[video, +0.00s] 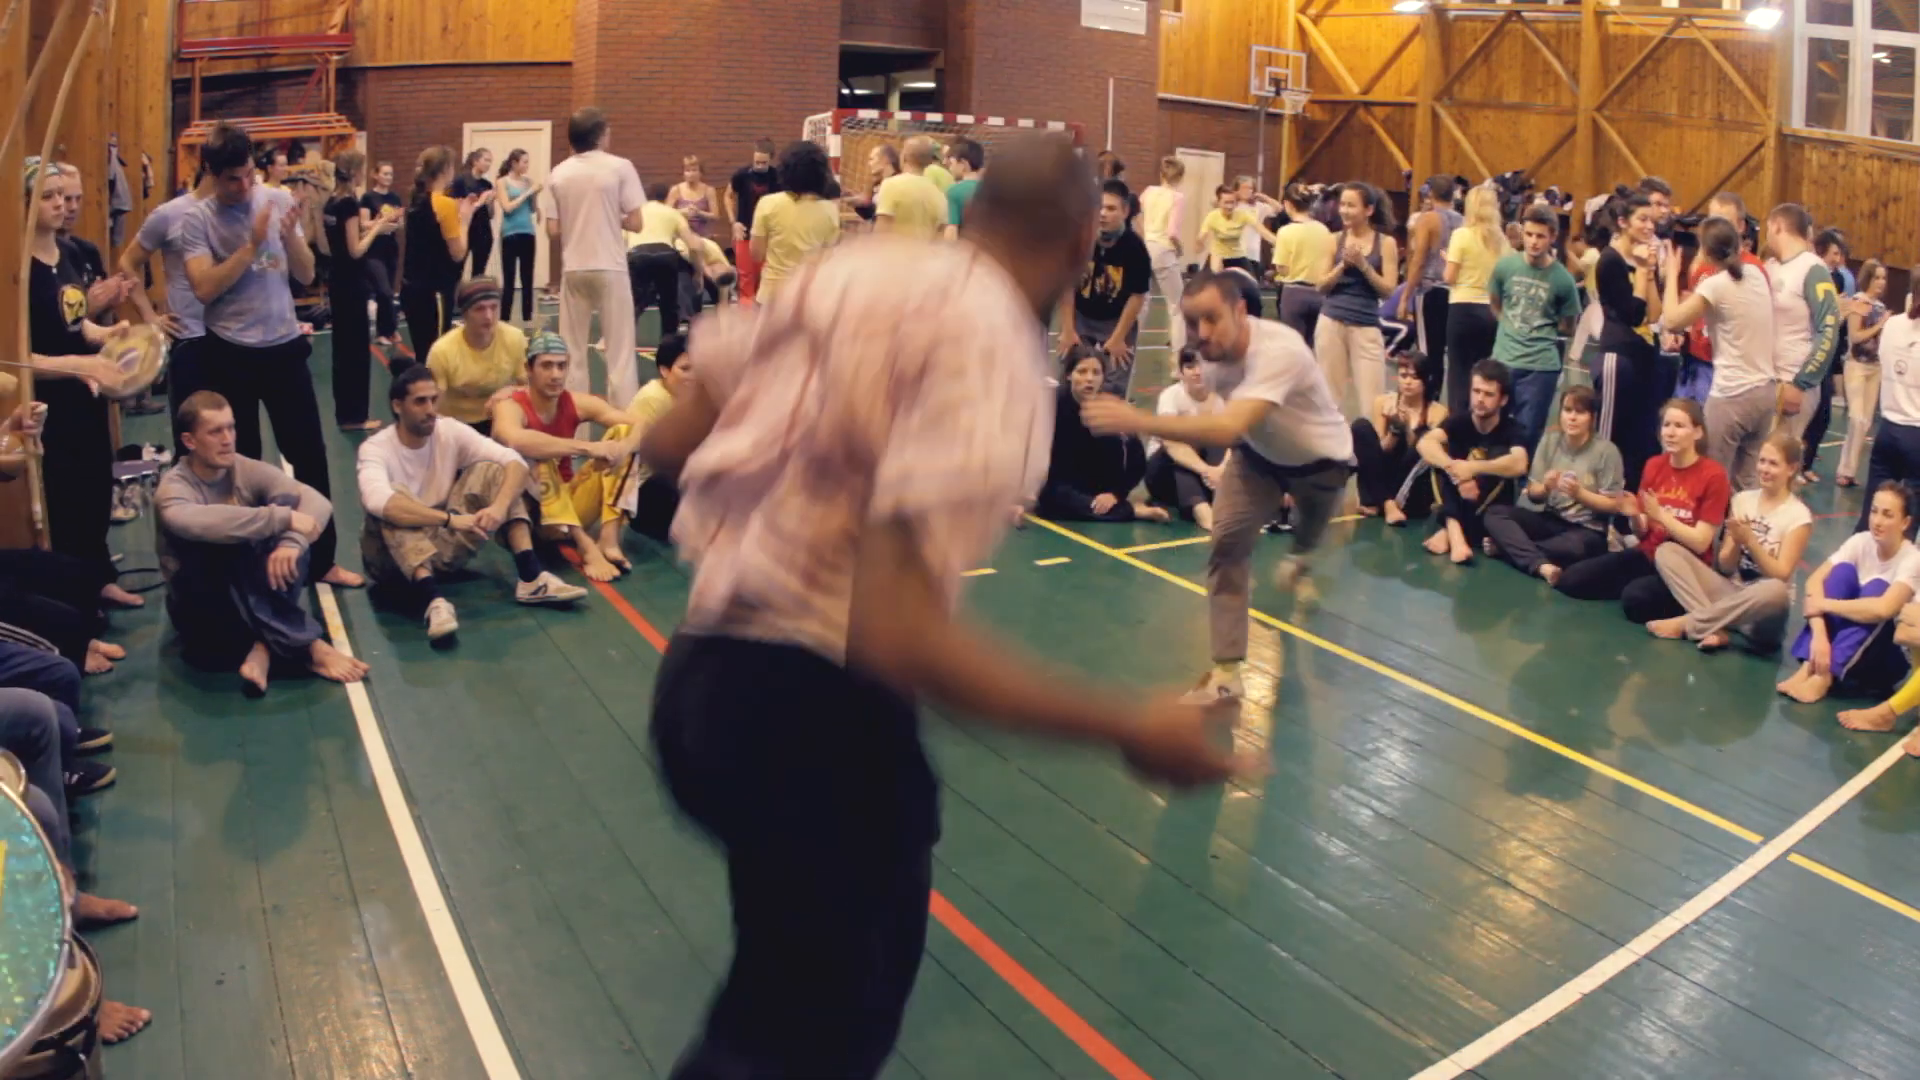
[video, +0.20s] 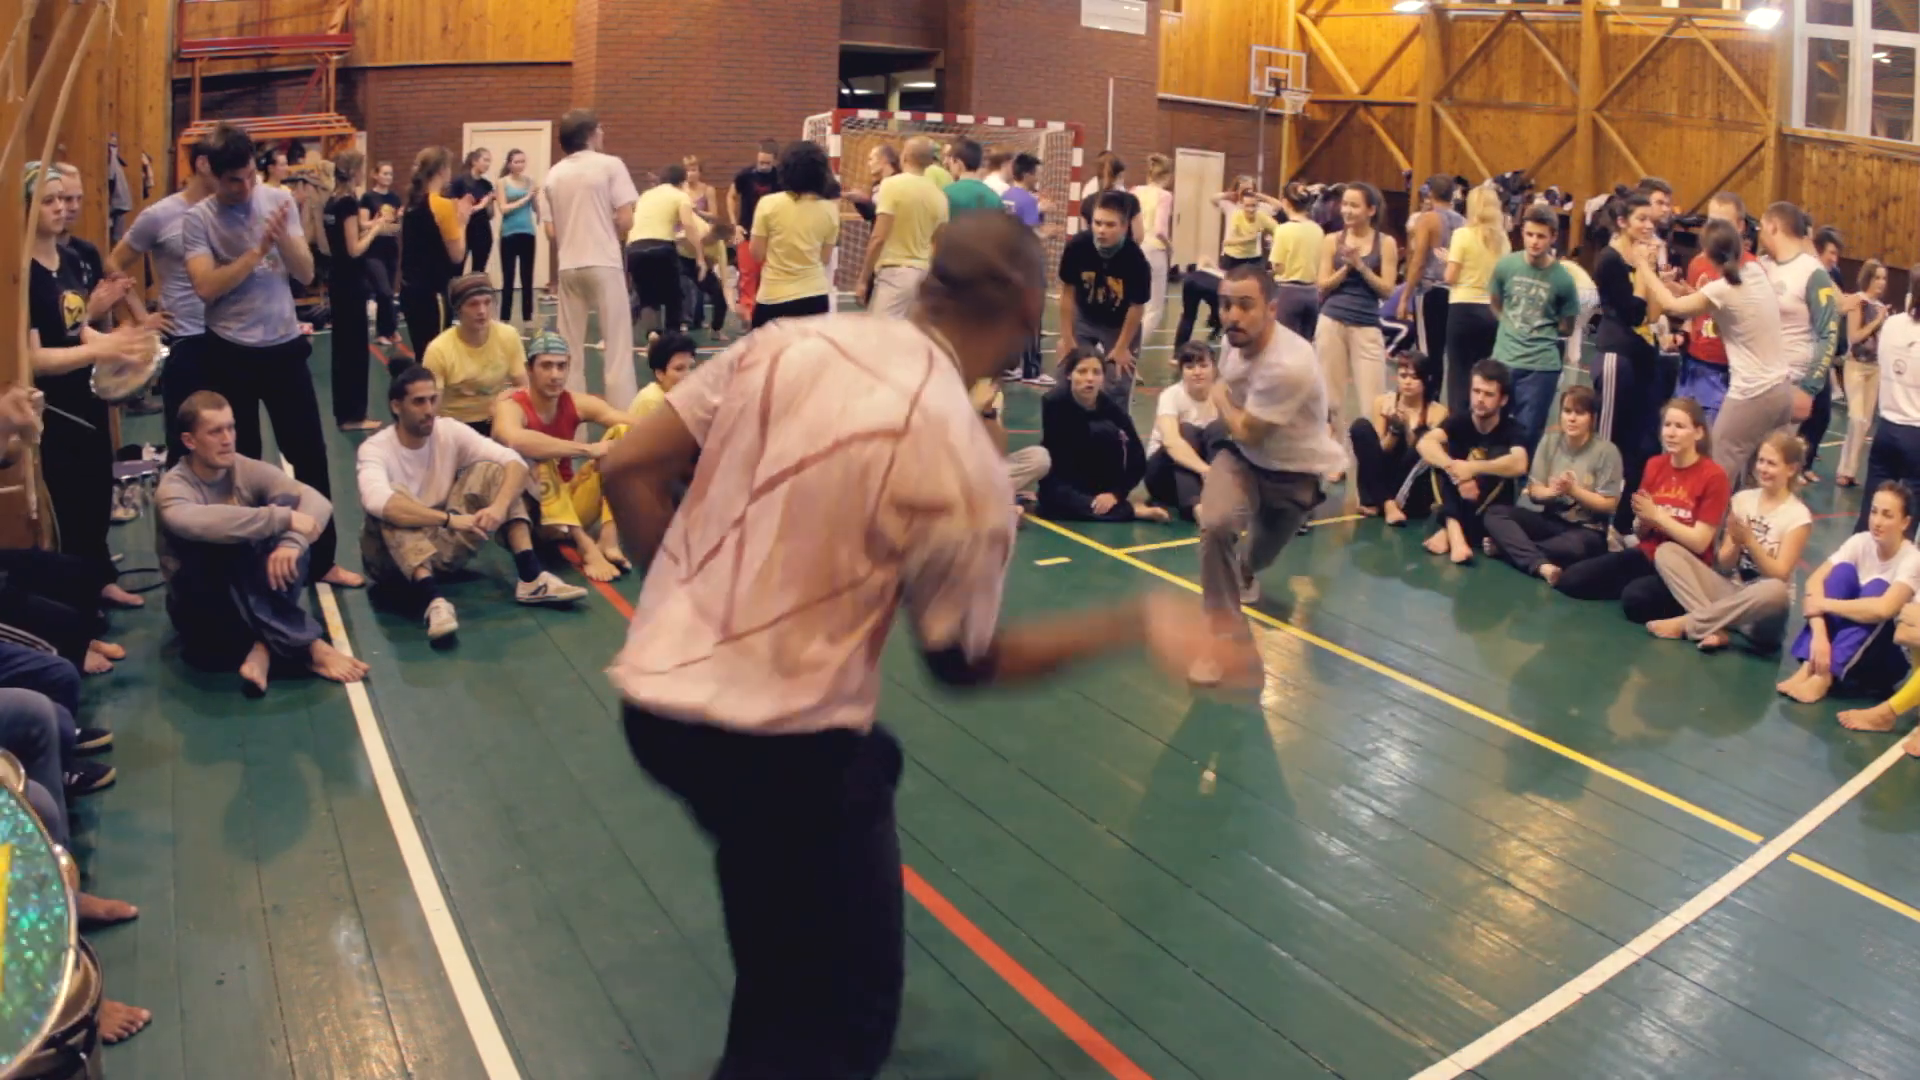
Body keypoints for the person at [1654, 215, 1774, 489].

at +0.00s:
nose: (1699, 247)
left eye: (1700, 243)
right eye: (1700, 242)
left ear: (1706, 250)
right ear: (1737, 244)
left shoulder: (1714, 285)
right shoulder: (1757, 273)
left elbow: (1671, 319)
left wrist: (1672, 273)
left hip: (1729, 395)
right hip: (1765, 389)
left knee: (1714, 480)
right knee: (1749, 478)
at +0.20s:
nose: (1701, 255)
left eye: (1703, 250)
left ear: (1707, 255)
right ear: (1739, 246)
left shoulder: (1720, 291)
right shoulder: (1757, 272)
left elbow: (1673, 306)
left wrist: (1643, 267)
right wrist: (1683, 288)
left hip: (1750, 397)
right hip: (1779, 390)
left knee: (1720, 472)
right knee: (1763, 473)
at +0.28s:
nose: (1701, 256)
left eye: (1703, 252)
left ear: (1707, 259)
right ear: (1739, 248)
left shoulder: (1719, 295)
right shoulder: (1755, 273)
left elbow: (1674, 312)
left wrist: (1630, 284)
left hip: (1751, 396)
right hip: (1781, 390)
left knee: (1724, 470)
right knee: (1766, 470)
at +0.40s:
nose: (1696, 262)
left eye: (1699, 258)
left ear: (1702, 264)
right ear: (1734, 253)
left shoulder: (1715, 299)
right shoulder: (1752, 279)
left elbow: (1678, 332)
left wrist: (1630, 322)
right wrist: (1688, 331)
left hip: (1748, 399)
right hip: (1782, 393)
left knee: (1720, 472)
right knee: (1771, 473)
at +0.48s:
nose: (1692, 266)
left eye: (1694, 261)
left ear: (1698, 267)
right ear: (1730, 256)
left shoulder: (1711, 303)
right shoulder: (1750, 281)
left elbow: (1681, 344)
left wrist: (1639, 346)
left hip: (1747, 398)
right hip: (1780, 393)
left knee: (1715, 473)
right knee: (1769, 474)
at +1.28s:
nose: (1703, 253)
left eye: (1705, 248)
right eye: (1704, 247)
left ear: (1710, 257)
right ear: (1740, 251)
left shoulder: (1718, 290)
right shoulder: (1758, 280)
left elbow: (1670, 326)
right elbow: (1743, 324)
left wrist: (1640, 305)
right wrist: (1706, 328)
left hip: (1737, 399)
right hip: (1771, 393)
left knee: (1716, 475)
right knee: (1745, 475)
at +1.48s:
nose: (1717, 250)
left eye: (1722, 246)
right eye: (1718, 245)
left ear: (1733, 257)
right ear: (1758, 254)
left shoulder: (1742, 291)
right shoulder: (1768, 284)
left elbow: (1689, 316)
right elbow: (1738, 322)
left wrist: (1647, 279)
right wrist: (1703, 301)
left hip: (1752, 401)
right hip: (1778, 396)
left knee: (1718, 468)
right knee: (1758, 471)